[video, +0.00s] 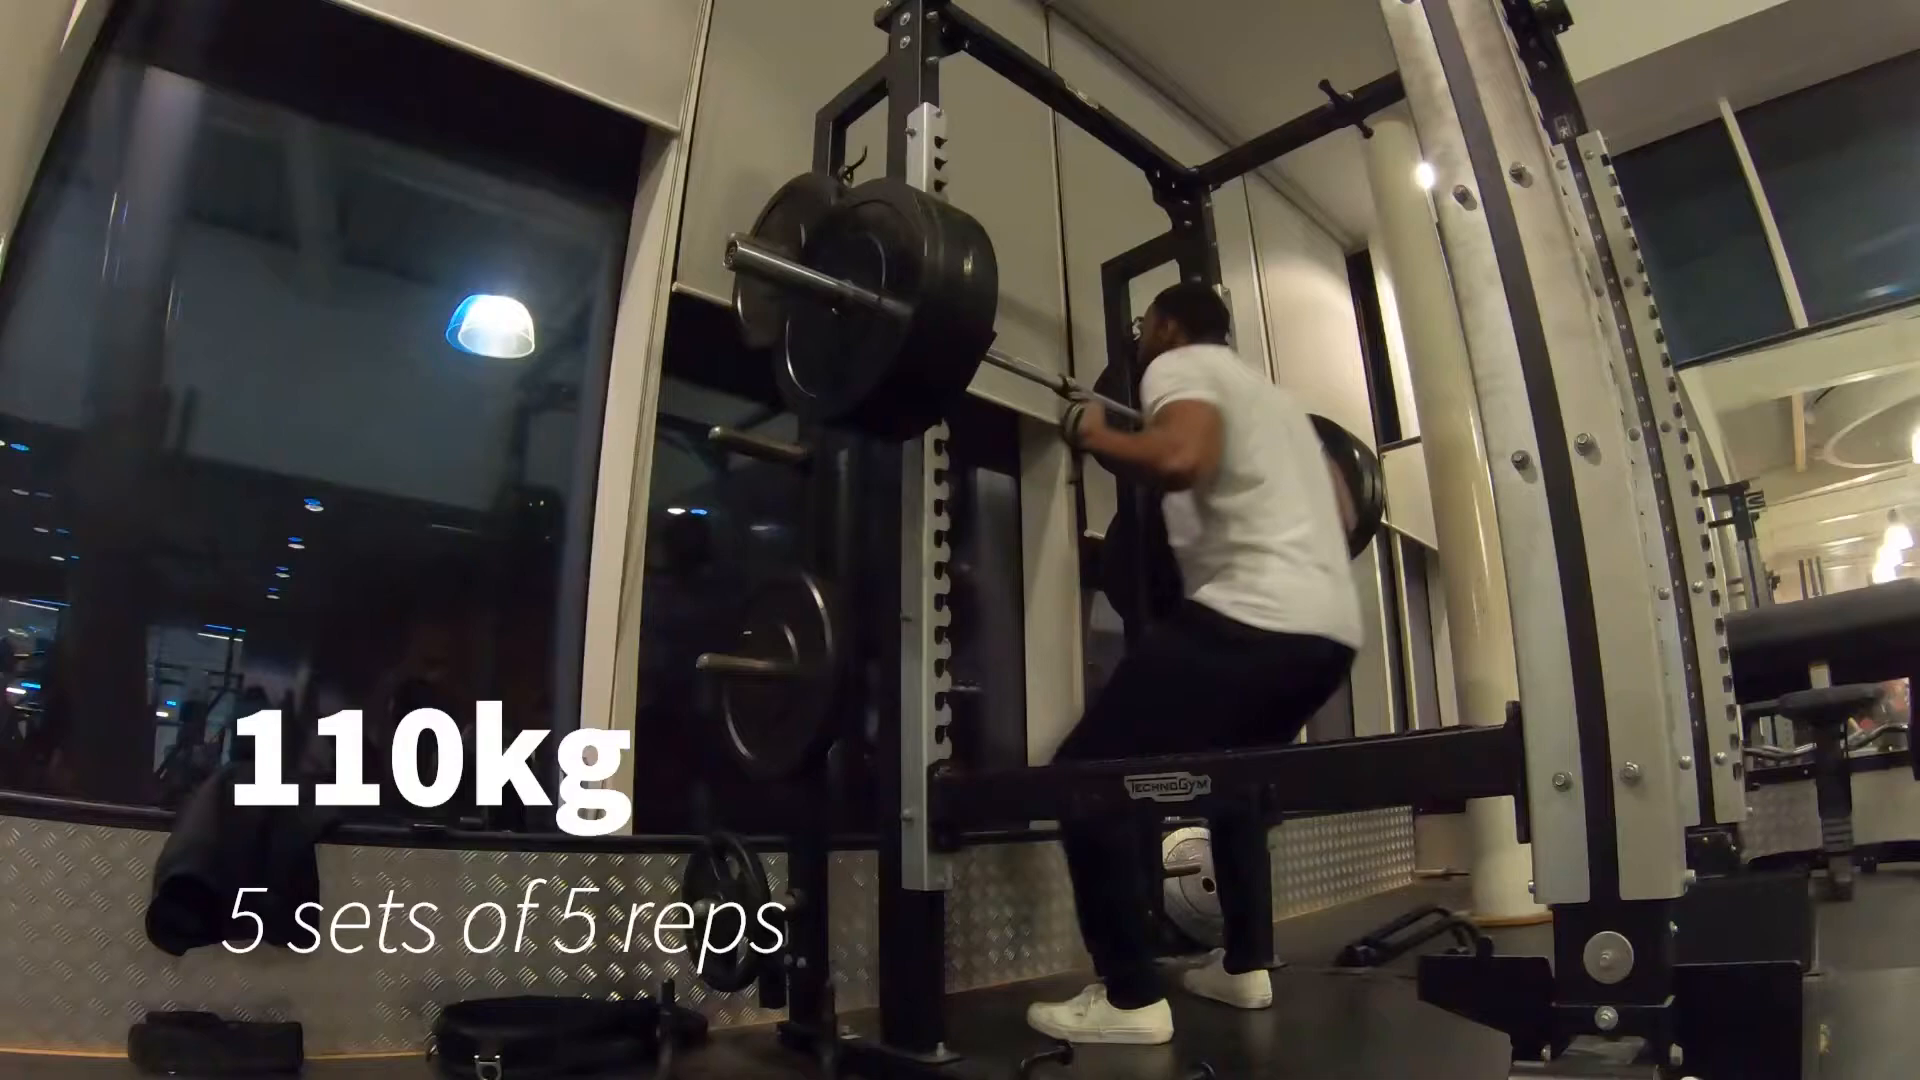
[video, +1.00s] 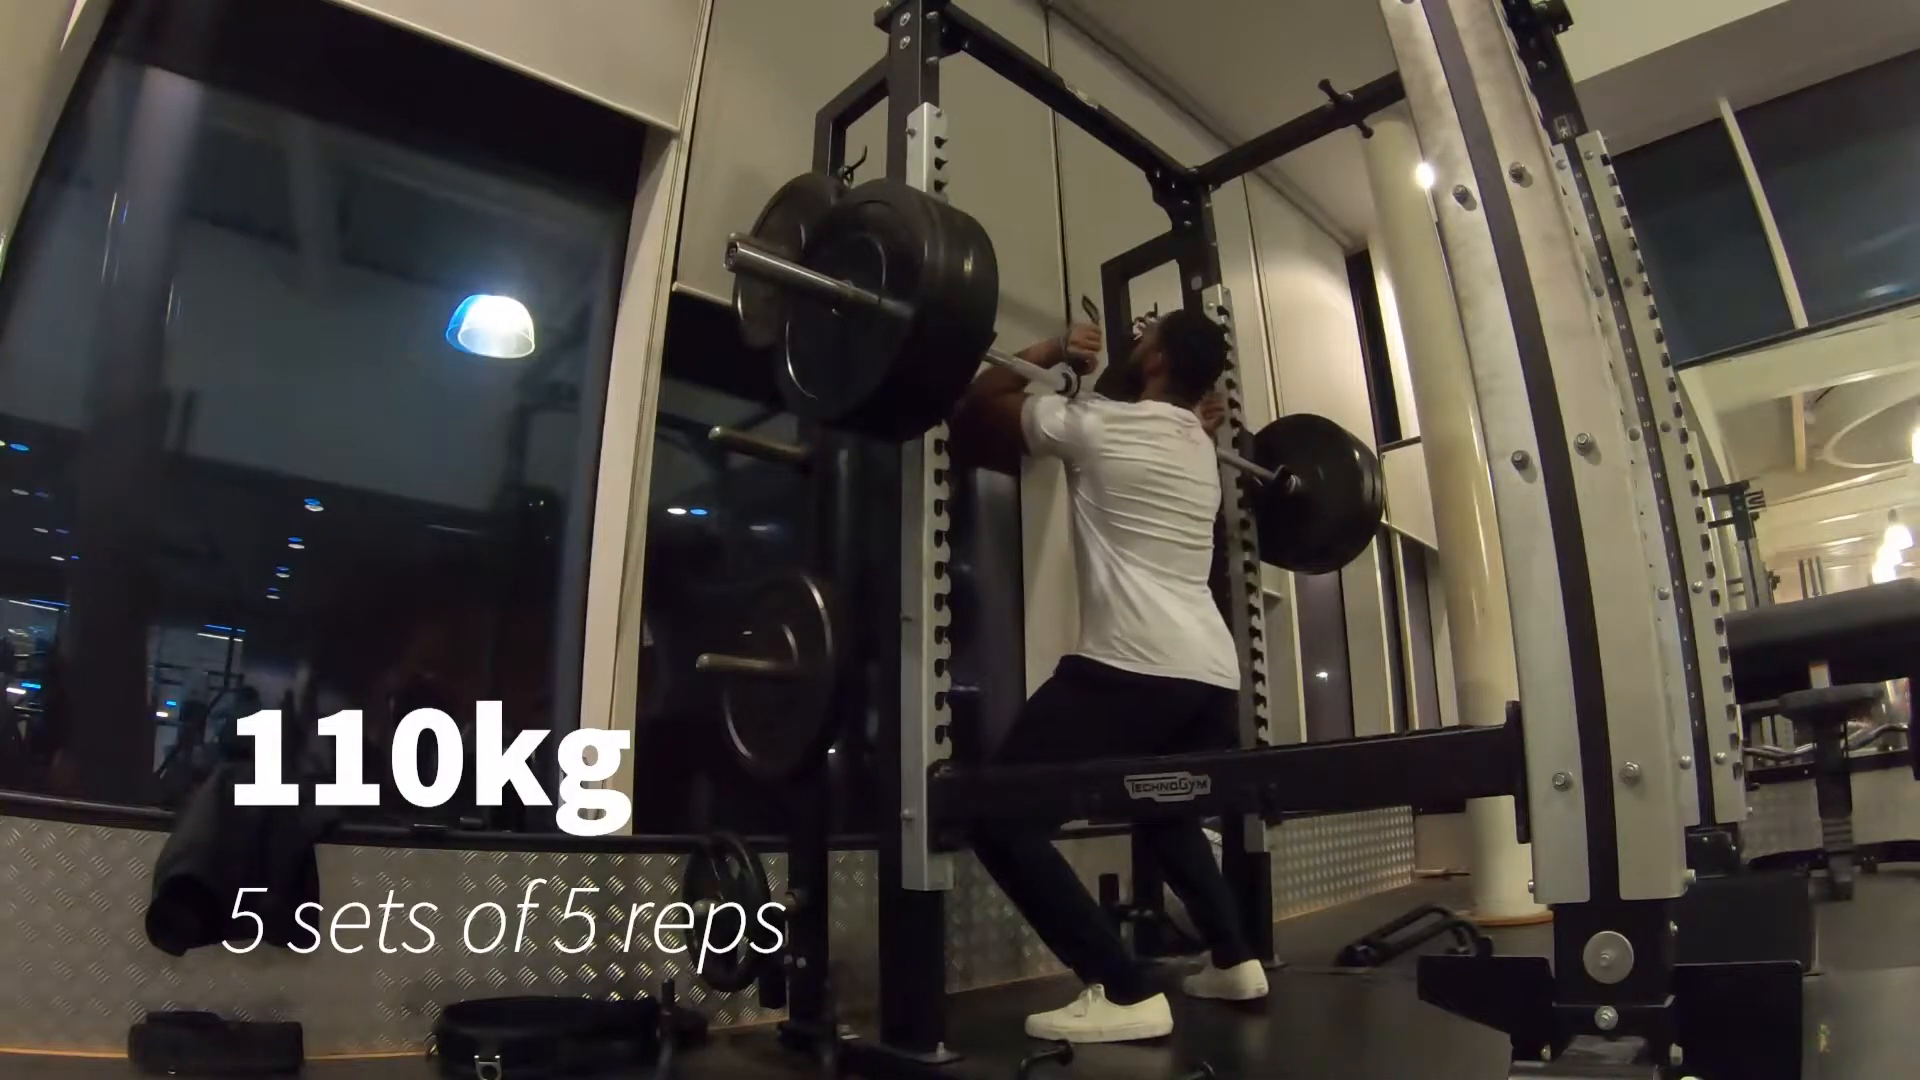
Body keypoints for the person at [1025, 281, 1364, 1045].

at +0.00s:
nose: (1142, 342)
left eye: (1146, 330)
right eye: (1145, 331)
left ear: (1167, 323)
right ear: (1218, 329)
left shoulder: (1183, 365)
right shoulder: (1277, 398)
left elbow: (1185, 452)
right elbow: (1342, 512)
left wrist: (1098, 437)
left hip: (1249, 621)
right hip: (1326, 635)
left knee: (1084, 777)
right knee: (1234, 779)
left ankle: (1130, 997)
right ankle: (1248, 966)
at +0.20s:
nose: (1123, 358)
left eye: (1131, 345)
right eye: (1130, 345)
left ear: (1149, 350)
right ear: (1200, 363)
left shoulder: (1137, 415)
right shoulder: (1238, 439)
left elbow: (1055, 524)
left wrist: (1040, 443)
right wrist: (1091, 465)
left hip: (1184, 653)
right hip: (1270, 668)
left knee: (1039, 795)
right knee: (1193, 786)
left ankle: (1127, 996)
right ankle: (1242, 964)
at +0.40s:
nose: (1124, 346)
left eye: (1133, 336)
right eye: (1131, 336)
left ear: (1147, 348)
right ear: (1196, 367)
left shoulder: (1107, 421)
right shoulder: (1213, 443)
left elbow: (988, 453)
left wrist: (1037, 367)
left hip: (1146, 661)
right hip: (1234, 673)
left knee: (1008, 805)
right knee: (1173, 797)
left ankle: (1127, 994)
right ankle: (1239, 966)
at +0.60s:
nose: (1124, 345)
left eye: (1133, 336)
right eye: (1132, 335)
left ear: (1143, 350)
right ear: (1195, 371)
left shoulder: (1099, 422)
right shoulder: (1202, 441)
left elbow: (977, 428)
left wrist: (1044, 356)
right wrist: (1068, 383)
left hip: (1125, 666)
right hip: (1215, 675)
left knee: (996, 810)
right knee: (1163, 807)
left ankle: (1126, 994)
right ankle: (1238, 965)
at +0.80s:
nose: (1131, 341)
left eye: (1140, 335)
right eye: (1141, 333)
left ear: (1148, 355)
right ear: (1197, 378)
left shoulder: (1093, 425)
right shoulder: (1200, 442)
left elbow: (980, 407)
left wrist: (1049, 351)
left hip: (1121, 670)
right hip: (1211, 678)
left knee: (993, 812)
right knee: (1160, 807)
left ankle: (1125, 993)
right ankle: (1237, 962)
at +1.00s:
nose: (1133, 342)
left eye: (1143, 337)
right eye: (1144, 334)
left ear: (1152, 359)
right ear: (1200, 383)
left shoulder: (1095, 426)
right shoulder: (1203, 446)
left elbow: (988, 394)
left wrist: (1055, 348)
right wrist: (1083, 379)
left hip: (1121, 672)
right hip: (1212, 680)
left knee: (997, 814)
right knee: (1159, 809)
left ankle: (1125, 993)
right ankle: (1237, 962)